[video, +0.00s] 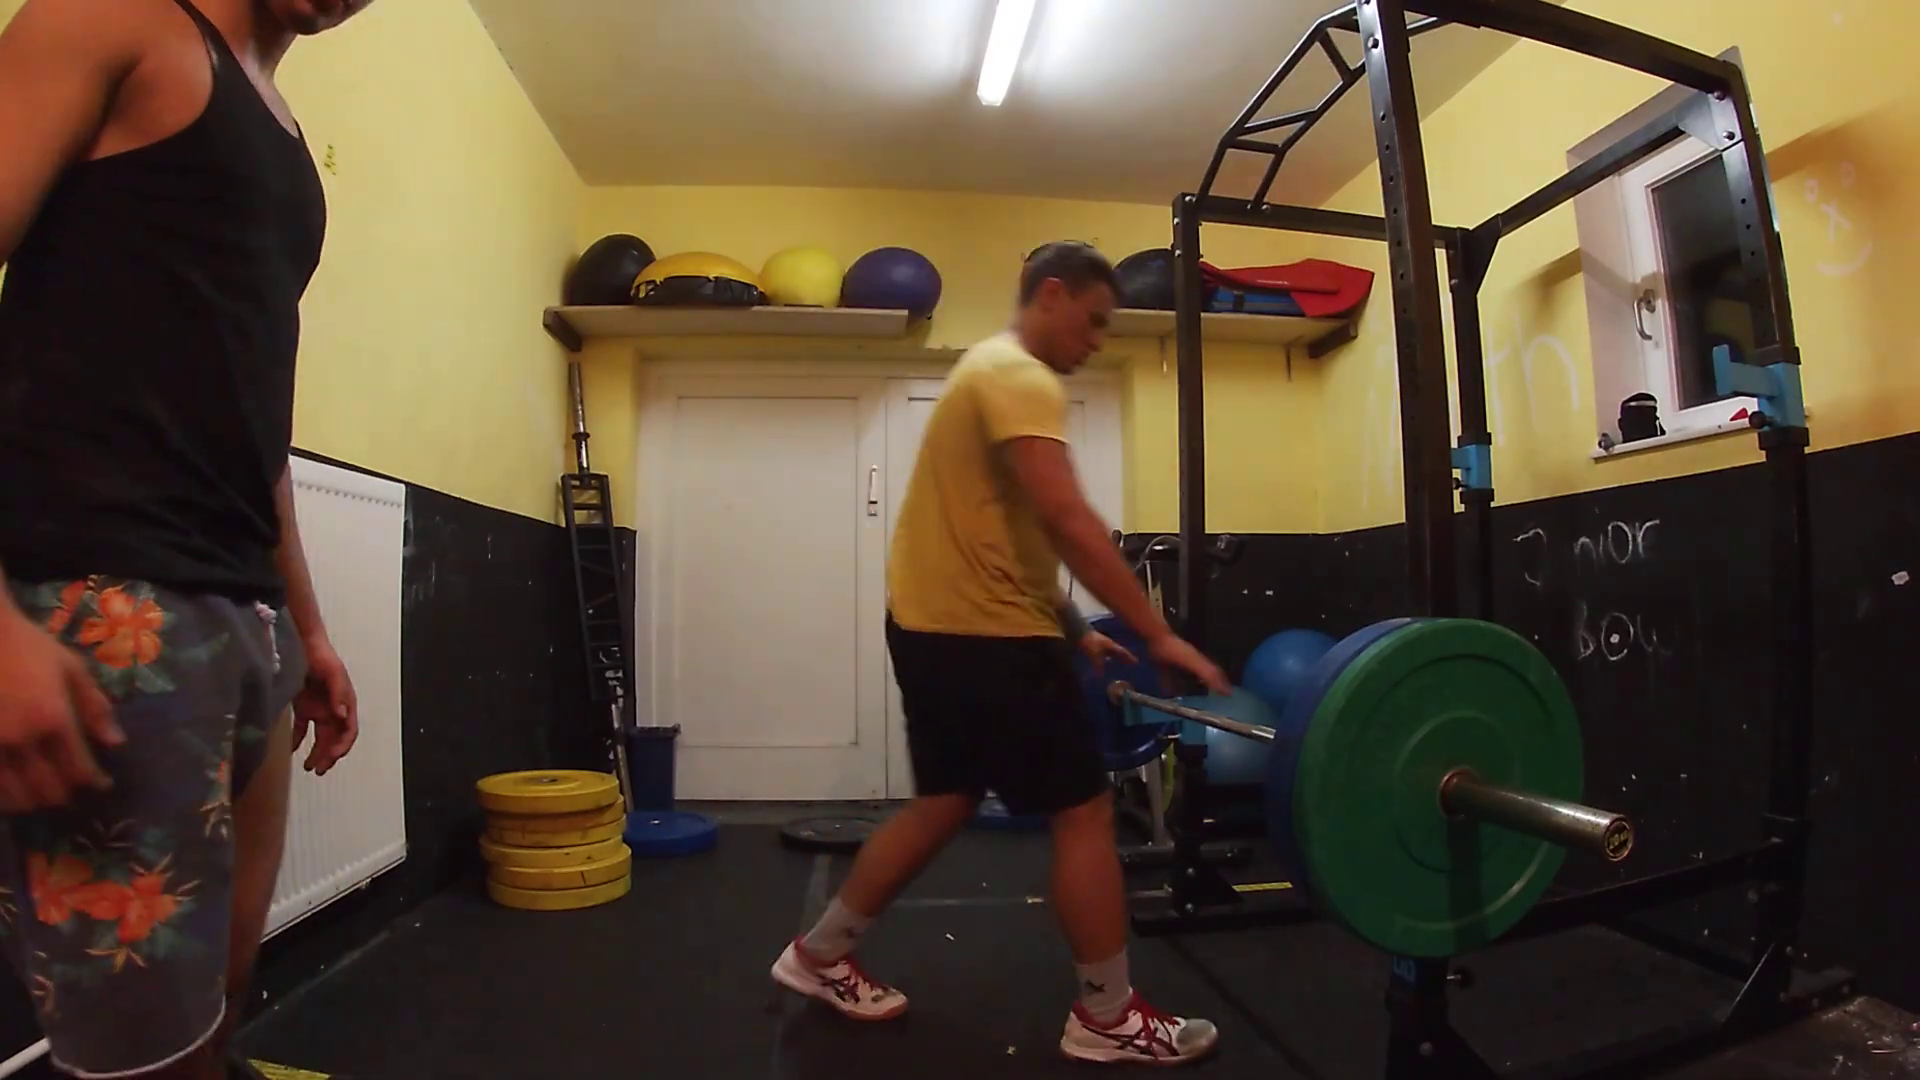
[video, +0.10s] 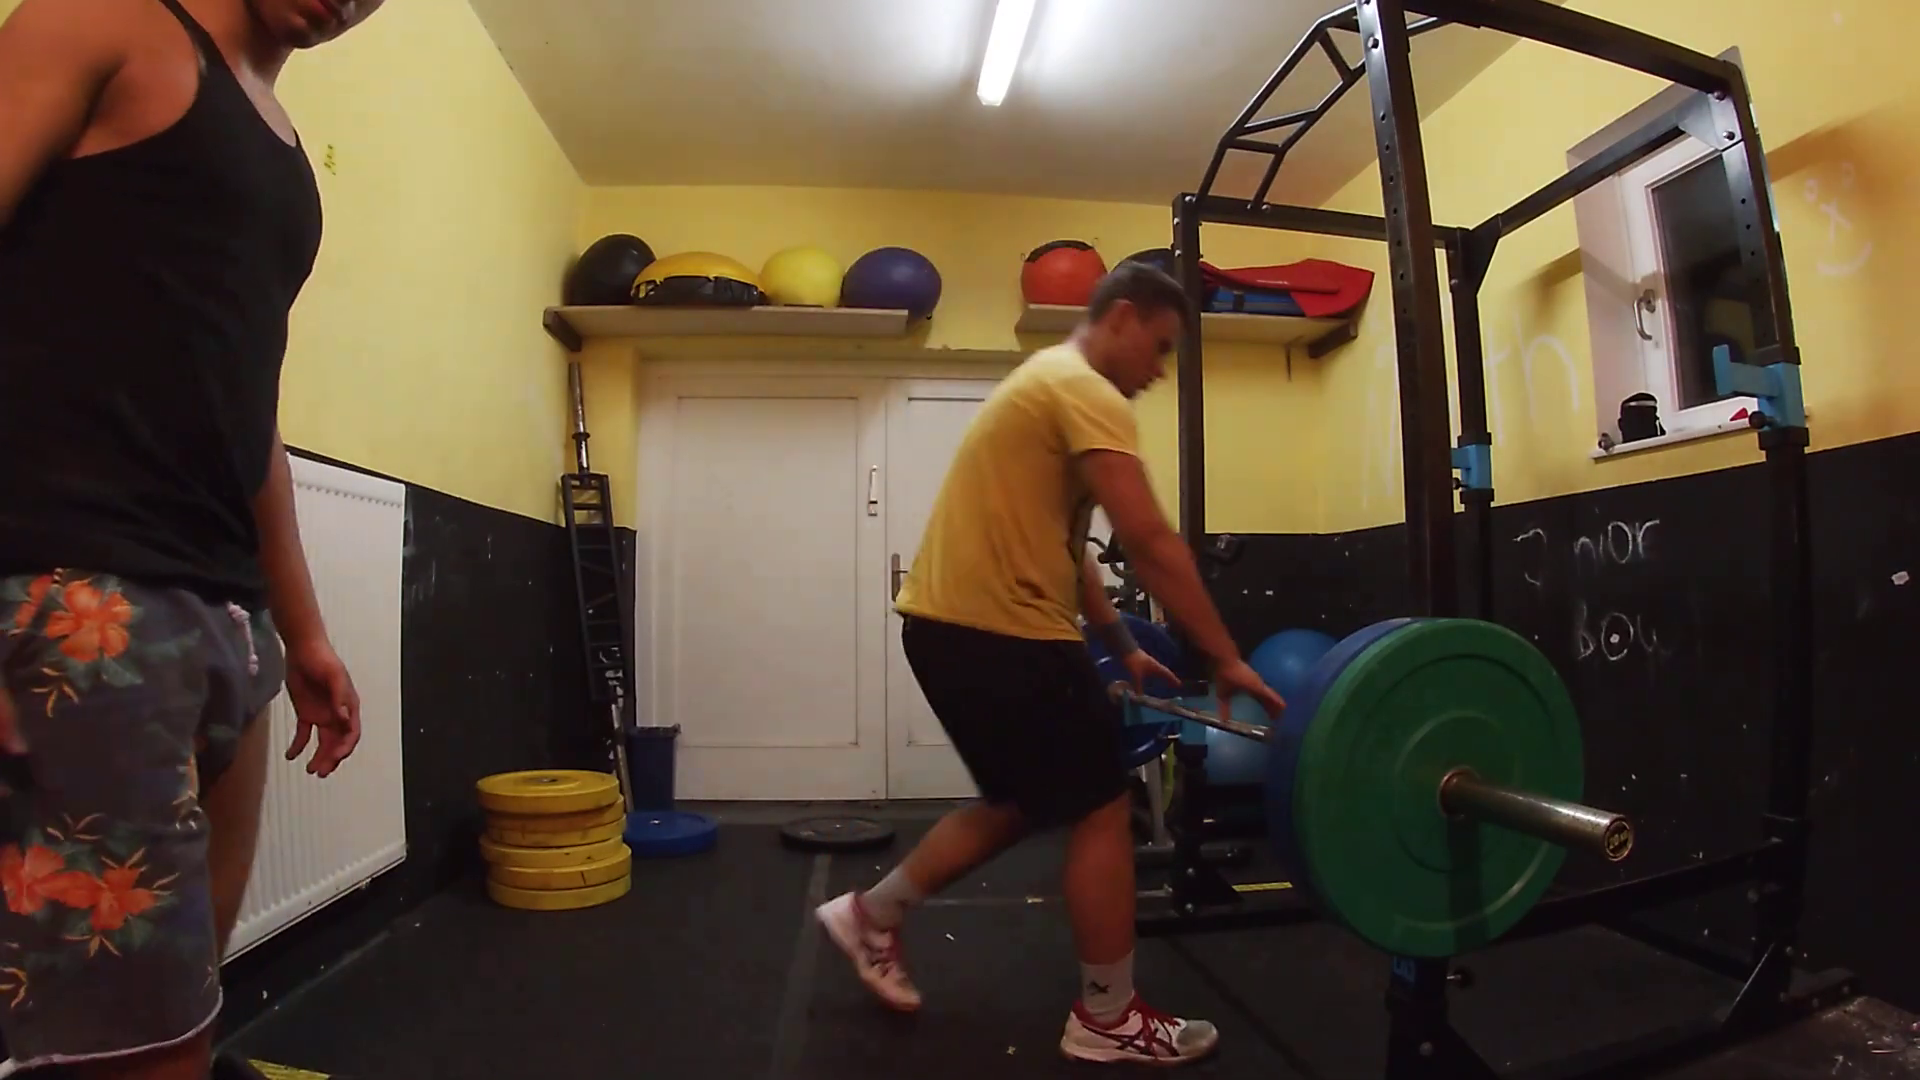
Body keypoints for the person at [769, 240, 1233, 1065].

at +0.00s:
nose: (1098, 341)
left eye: (1105, 326)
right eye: (1093, 321)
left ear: (1041, 301)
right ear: (1049, 296)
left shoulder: (987, 370)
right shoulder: (1018, 374)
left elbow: (1001, 535)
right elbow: (1067, 519)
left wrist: (1073, 626)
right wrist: (1163, 637)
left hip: (933, 622)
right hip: (996, 629)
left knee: (947, 798)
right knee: (1082, 808)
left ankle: (819, 950)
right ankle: (1108, 1012)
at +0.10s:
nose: (1162, 368)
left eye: (1169, 353)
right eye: (1161, 347)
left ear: (1108, 321)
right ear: (1118, 317)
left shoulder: (1041, 383)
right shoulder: (1081, 389)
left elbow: (1065, 544)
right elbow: (1149, 539)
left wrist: (1124, 647)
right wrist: (1226, 659)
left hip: (952, 619)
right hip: (1009, 627)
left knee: (1023, 799)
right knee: (1101, 803)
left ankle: (869, 915)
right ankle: (1107, 1014)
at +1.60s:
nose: (1320, 462)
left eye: (1331, 456)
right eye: (1332, 446)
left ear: (1306, 389)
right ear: (1321, 401)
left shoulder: (1212, 410)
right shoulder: (1274, 417)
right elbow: (1284, 554)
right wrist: (1293, 697)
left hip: (1061, 596)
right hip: (1128, 609)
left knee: (1143, 781)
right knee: (1190, 804)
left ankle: (1092, 944)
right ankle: (1185, 1007)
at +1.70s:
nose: (1327, 462)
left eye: (1339, 456)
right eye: (1340, 445)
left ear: (1309, 389)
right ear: (1327, 401)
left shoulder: (1215, 410)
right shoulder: (1281, 416)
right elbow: (1289, 553)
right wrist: (1292, 696)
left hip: (1066, 594)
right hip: (1132, 606)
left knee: (1155, 778)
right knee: (1194, 801)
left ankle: (1115, 943)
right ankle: (1187, 1008)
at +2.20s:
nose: (1335, 474)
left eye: (1346, 469)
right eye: (1348, 460)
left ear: (1328, 405)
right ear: (1343, 419)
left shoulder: (1234, 415)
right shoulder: (1290, 421)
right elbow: (1290, 549)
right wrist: (1287, 692)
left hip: (1081, 589)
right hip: (1136, 604)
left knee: (1150, 792)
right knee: (1199, 799)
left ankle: (1145, 958)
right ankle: (1187, 1005)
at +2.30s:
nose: (1336, 476)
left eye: (1347, 471)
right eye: (1349, 463)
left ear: (1331, 408)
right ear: (1345, 423)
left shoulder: (1238, 417)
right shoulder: (1292, 421)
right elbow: (1293, 552)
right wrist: (1294, 696)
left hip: (1082, 589)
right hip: (1136, 603)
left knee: (1152, 791)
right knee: (1199, 798)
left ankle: (1146, 959)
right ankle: (1187, 1007)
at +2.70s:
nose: (1343, 484)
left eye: (1355, 479)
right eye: (1358, 471)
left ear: (1348, 421)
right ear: (1351, 429)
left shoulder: (1244, 423)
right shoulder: (1298, 425)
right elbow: (1303, 553)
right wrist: (1293, 695)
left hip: (1083, 590)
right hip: (1138, 606)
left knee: (1154, 792)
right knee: (1204, 797)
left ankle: (1146, 957)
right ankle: (1188, 1006)